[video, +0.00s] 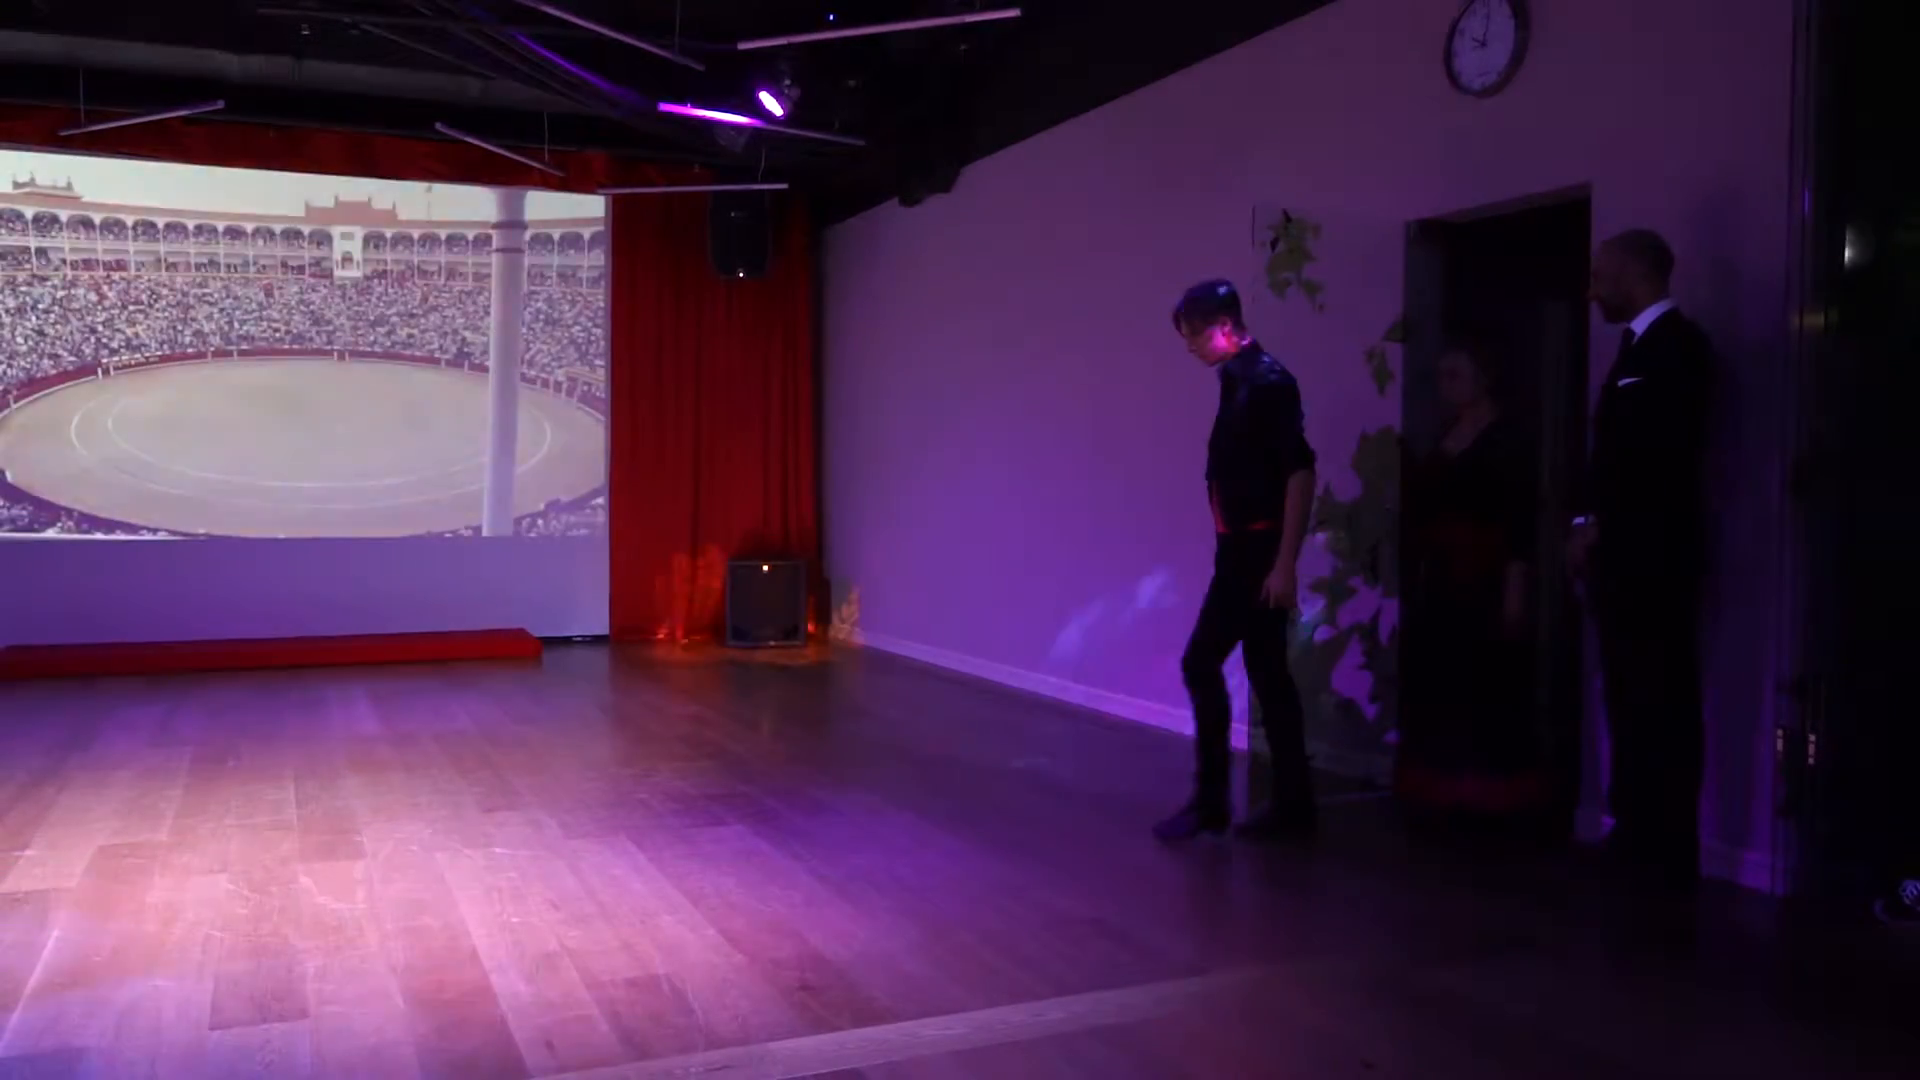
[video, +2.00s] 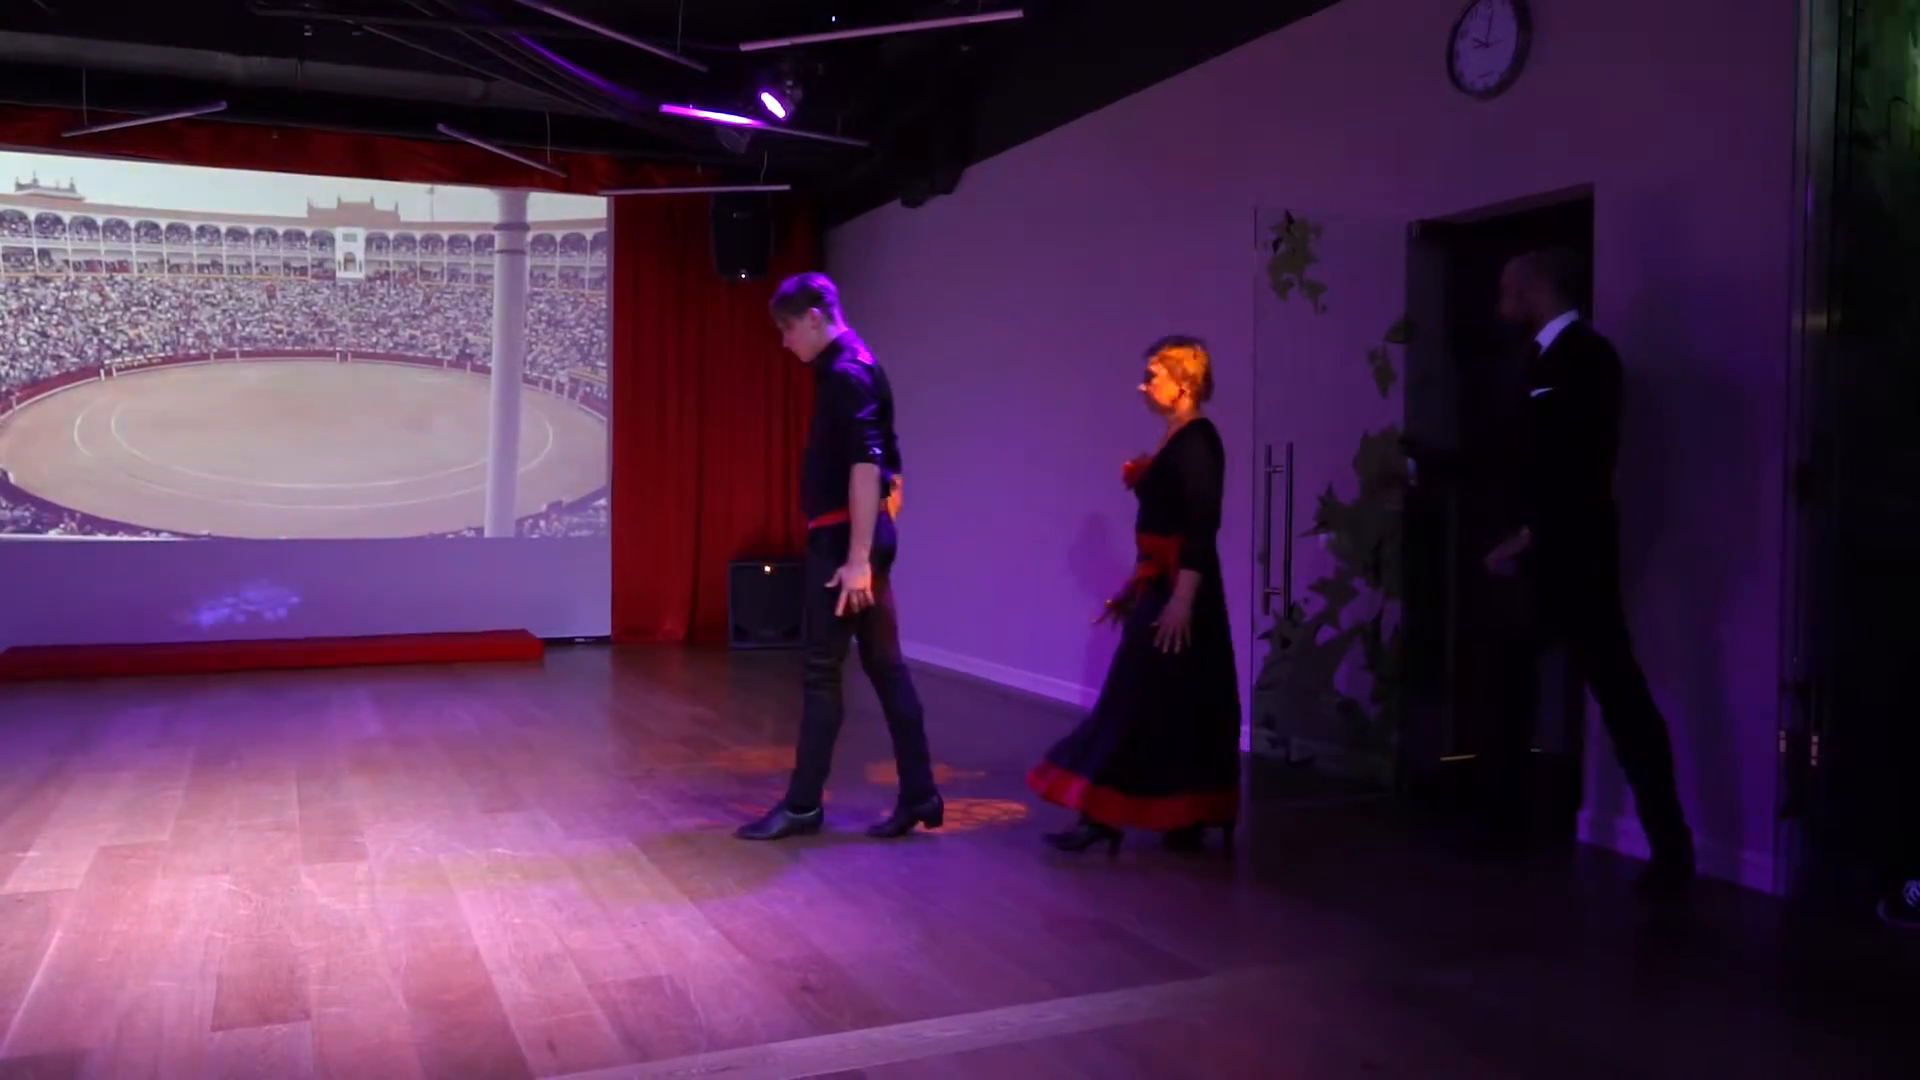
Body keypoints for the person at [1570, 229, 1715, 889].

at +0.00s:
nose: (1596, 288)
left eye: (1604, 274)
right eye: (1597, 274)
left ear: (1638, 277)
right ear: (1646, 276)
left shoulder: (1671, 351)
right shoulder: (1640, 348)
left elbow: (1645, 464)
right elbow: (1615, 456)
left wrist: (1600, 526)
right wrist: (1589, 519)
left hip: (1659, 557)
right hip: (1635, 555)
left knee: (1657, 704)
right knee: (1638, 702)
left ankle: (1660, 851)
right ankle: (1639, 844)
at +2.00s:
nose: (1504, 302)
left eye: (1511, 290)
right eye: (1505, 290)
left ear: (1538, 291)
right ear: (1548, 290)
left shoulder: (1579, 358)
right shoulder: (1554, 356)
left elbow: (1573, 468)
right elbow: (1560, 467)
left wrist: (1532, 534)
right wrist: (1528, 532)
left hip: (1578, 550)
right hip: (1565, 548)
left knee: (1617, 692)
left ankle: (1669, 846)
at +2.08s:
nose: (1483, 304)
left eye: (1490, 292)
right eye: (1484, 292)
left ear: (1520, 292)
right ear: (1526, 293)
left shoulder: (1562, 356)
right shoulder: (1537, 356)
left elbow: (1560, 466)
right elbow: (1545, 464)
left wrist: (1525, 539)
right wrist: (1518, 535)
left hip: (1567, 547)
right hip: (1553, 545)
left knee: (1598, 690)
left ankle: (1656, 842)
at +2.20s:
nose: (1460, 308)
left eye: (1465, 294)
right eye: (1460, 295)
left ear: (1492, 292)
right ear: (1497, 291)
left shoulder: (1547, 352)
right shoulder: (1498, 358)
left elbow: (1552, 459)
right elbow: (1445, 424)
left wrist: (1523, 537)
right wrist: (1356, 442)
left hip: (1556, 545)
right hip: (1516, 544)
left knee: (1580, 689)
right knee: (1503, 683)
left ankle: (1620, 838)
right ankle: (1504, 822)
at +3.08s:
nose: (1433, 305)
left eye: (1439, 290)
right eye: (1433, 292)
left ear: (1464, 288)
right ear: (1468, 286)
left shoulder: (1511, 351)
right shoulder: (1479, 352)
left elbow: (1513, 455)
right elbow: (1459, 451)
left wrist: (1511, 539)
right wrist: (1369, 456)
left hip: (1518, 558)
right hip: (1493, 555)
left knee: (1510, 695)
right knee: (1494, 693)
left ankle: (1521, 835)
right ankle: (1499, 828)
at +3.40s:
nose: (1459, 308)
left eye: (1460, 296)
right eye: (1460, 296)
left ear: (1473, 294)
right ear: (1506, 290)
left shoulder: (1511, 356)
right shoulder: (1527, 349)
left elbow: (1507, 463)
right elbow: (1508, 460)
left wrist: (1494, 548)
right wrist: (1444, 465)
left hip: (1521, 554)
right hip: (1530, 546)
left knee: (1511, 693)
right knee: (1521, 691)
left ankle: (1518, 830)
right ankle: (1524, 827)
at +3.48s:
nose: (1481, 310)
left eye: (1483, 299)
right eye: (1483, 298)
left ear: (1494, 299)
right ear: (1532, 290)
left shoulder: (1525, 357)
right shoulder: (1560, 349)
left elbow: (1523, 468)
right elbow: (1534, 463)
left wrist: (1502, 552)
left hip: (1540, 552)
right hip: (1567, 545)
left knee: (1535, 693)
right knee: (1562, 692)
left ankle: (1542, 833)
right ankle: (1570, 833)